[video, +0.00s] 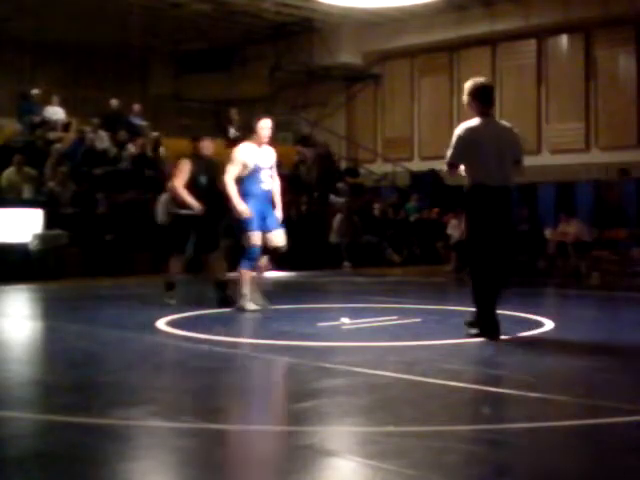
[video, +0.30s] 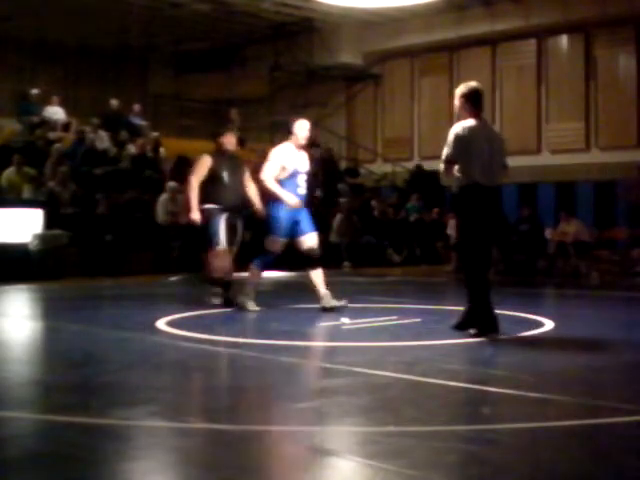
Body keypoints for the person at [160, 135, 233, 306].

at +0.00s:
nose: (209, 146)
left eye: (211, 142)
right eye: (205, 142)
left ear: (214, 145)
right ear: (197, 145)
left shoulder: (216, 165)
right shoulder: (188, 163)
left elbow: (222, 187)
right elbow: (177, 185)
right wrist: (195, 204)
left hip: (211, 215)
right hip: (187, 215)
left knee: (215, 253)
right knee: (179, 252)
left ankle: (222, 293)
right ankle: (170, 291)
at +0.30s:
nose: (232, 142)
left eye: (234, 138)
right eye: (228, 137)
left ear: (237, 141)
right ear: (220, 140)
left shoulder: (240, 164)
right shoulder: (208, 159)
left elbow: (250, 186)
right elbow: (194, 181)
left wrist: (258, 205)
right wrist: (194, 208)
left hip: (236, 210)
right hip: (216, 209)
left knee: (232, 249)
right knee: (220, 248)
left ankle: (224, 287)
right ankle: (218, 286)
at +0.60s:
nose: (242, 143)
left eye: (244, 139)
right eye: (237, 139)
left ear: (248, 141)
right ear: (229, 142)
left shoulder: (254, 164)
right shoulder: (221, 164)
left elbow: (265, 186)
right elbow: (205, 186)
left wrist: (275, 208)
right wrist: (209, 214)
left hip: (250, 214)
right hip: (231, 213)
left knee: (244, 253)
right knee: (238, 252)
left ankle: (234, 287)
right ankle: (240, 290)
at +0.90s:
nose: (258, 141)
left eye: (261, 136)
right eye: (254, 136)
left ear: (265, 138)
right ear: (245, 137)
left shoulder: (266, 157)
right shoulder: (231, 156)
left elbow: (272, 182)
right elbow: (224, 182)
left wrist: (271, 207)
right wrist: (235, 208)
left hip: (263, 210)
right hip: (243, 211)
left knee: (272, 250)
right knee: (243, 255)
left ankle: (264, 289)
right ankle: (241, 293)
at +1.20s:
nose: (285, 147)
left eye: (287, 142)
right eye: (281, 142)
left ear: (290, 143)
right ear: (271, 141)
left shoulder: (290, 162)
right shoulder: (252, 156)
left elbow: (294, 188)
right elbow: (239, 181)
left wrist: (295, 216)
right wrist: (246, 210)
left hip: (281, 213)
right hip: (258, 214)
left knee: (284, 255)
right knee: (253, 261)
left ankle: (286, 297)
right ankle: (247, 293)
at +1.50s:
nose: (298, 141)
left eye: (301, 137)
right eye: (294, 137)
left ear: (303, 137)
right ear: (283, 135)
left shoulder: (305, 155)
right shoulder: (263, 152)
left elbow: (311, 178)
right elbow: (245, 173)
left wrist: (316, 201)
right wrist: (243, 206)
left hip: (295, 209)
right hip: (271, 208)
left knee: (291, 256)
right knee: (274, 253)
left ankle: (287, 297)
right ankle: (270, 295)